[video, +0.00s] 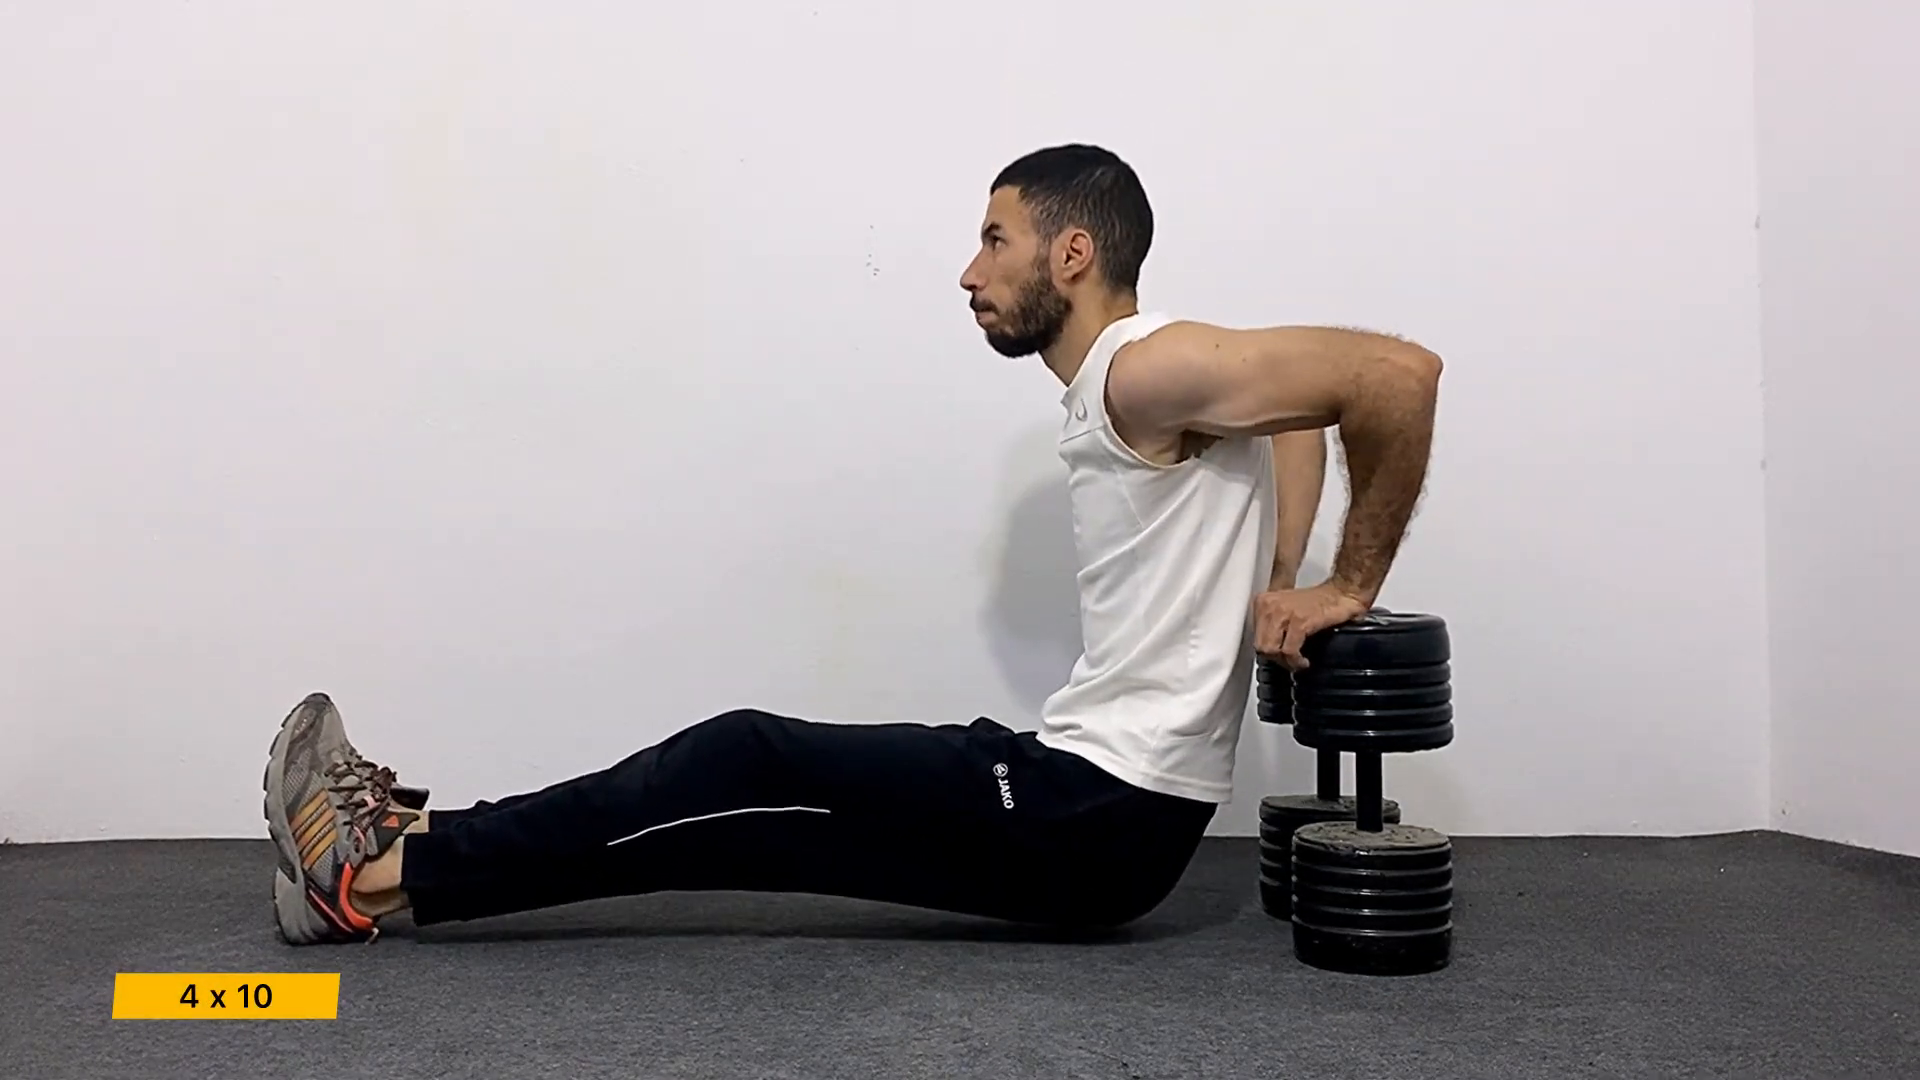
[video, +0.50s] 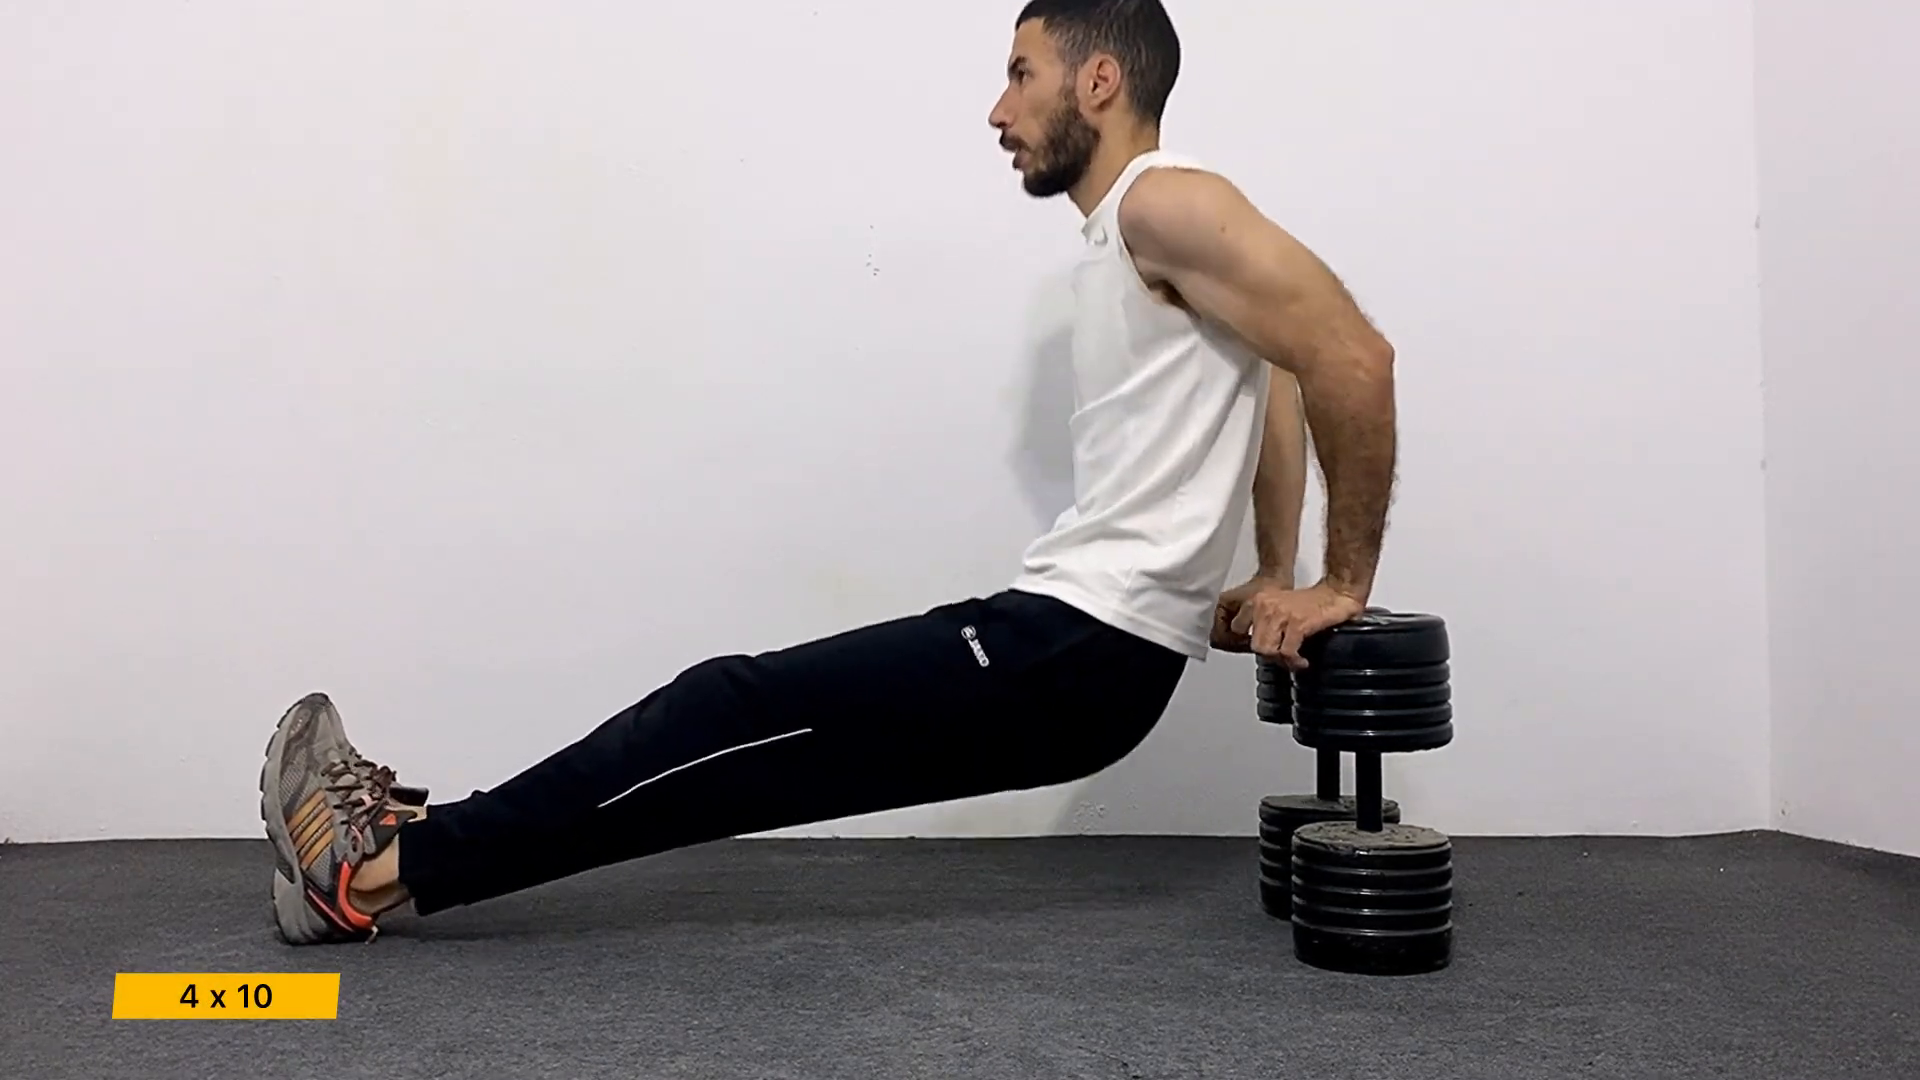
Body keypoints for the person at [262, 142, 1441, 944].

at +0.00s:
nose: (972, 276)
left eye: (995, 244)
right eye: (980, 246)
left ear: (1078, 251)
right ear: (1083, 253)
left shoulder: (1143, 370)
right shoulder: (1138, 373)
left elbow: (1401, 381)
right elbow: (1300, 412)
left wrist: (1354, 592)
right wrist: (1279, 580)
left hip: (1095, 808)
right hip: (1092, 799)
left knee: (737, 756)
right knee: (726, 821)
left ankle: (381, 873)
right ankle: (417, 848)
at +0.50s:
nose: (1000, 104)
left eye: (1023, 74)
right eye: (1006, 76)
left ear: (1102, 83)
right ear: (1095, 90)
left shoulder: (1172, 207)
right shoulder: (1144, 231)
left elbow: (1355, 358)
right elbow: (1276, 400)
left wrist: (1351, 585)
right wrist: (1269, 580)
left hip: (1084, 647)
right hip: (1071, 636)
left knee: (723, 724)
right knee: (724, 715)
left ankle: (390, 875)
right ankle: (416, 849)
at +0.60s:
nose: (1010, 70)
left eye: (1029, 41)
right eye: (1015, 44)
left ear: (1113, 42)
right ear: (1105, 48)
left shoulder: (1183, 166)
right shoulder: (1149, 190)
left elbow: (1332, 357)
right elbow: (1261, 387)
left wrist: (1351, 583)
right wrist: (1265, 575)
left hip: (1078, 611)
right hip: (1058, 596)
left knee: (728, 713)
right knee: (724, 701)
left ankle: (390, 873)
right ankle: (417, 843)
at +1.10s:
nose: (1009, 93)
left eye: (1032, 63)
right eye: (1015, 66)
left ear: (1114, 70)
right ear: (1105, 77)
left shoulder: (1182, 194)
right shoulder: (1142, 223)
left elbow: (1354, 353)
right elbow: (1276, 400)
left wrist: (1356, 585)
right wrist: (1271, 578)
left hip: (1084, 642)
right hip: (1060, 628)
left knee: (719, 726)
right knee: (716, 718)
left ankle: (392, 872)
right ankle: (415, 846)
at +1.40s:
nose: (985, 201)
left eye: (1006, 168)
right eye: (990, 172)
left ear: (1093, 175)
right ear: (1097, 180)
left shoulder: (1156, 301)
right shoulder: (1135, 304)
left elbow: (1397, 369)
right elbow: (1302, 378)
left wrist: (1354, 588)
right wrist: (1283, 573)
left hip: (1099, 737)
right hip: (1079, 723)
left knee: (737, 736)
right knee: (733, 760)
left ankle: (387, 878)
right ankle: (422, 849)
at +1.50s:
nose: (973, 227)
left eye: (996, 195)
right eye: (980, 199)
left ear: (1083, 202)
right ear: (1086, 206)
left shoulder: (1144, 323)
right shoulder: (1128, 322)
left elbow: (1395, 374)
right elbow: (1301, 378)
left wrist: (1347, 588)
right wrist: (1275, 566)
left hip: (1094, 758)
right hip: (1079, 744)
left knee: (733, 735)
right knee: (728, 783)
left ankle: (384, 868)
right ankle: (407, 855)